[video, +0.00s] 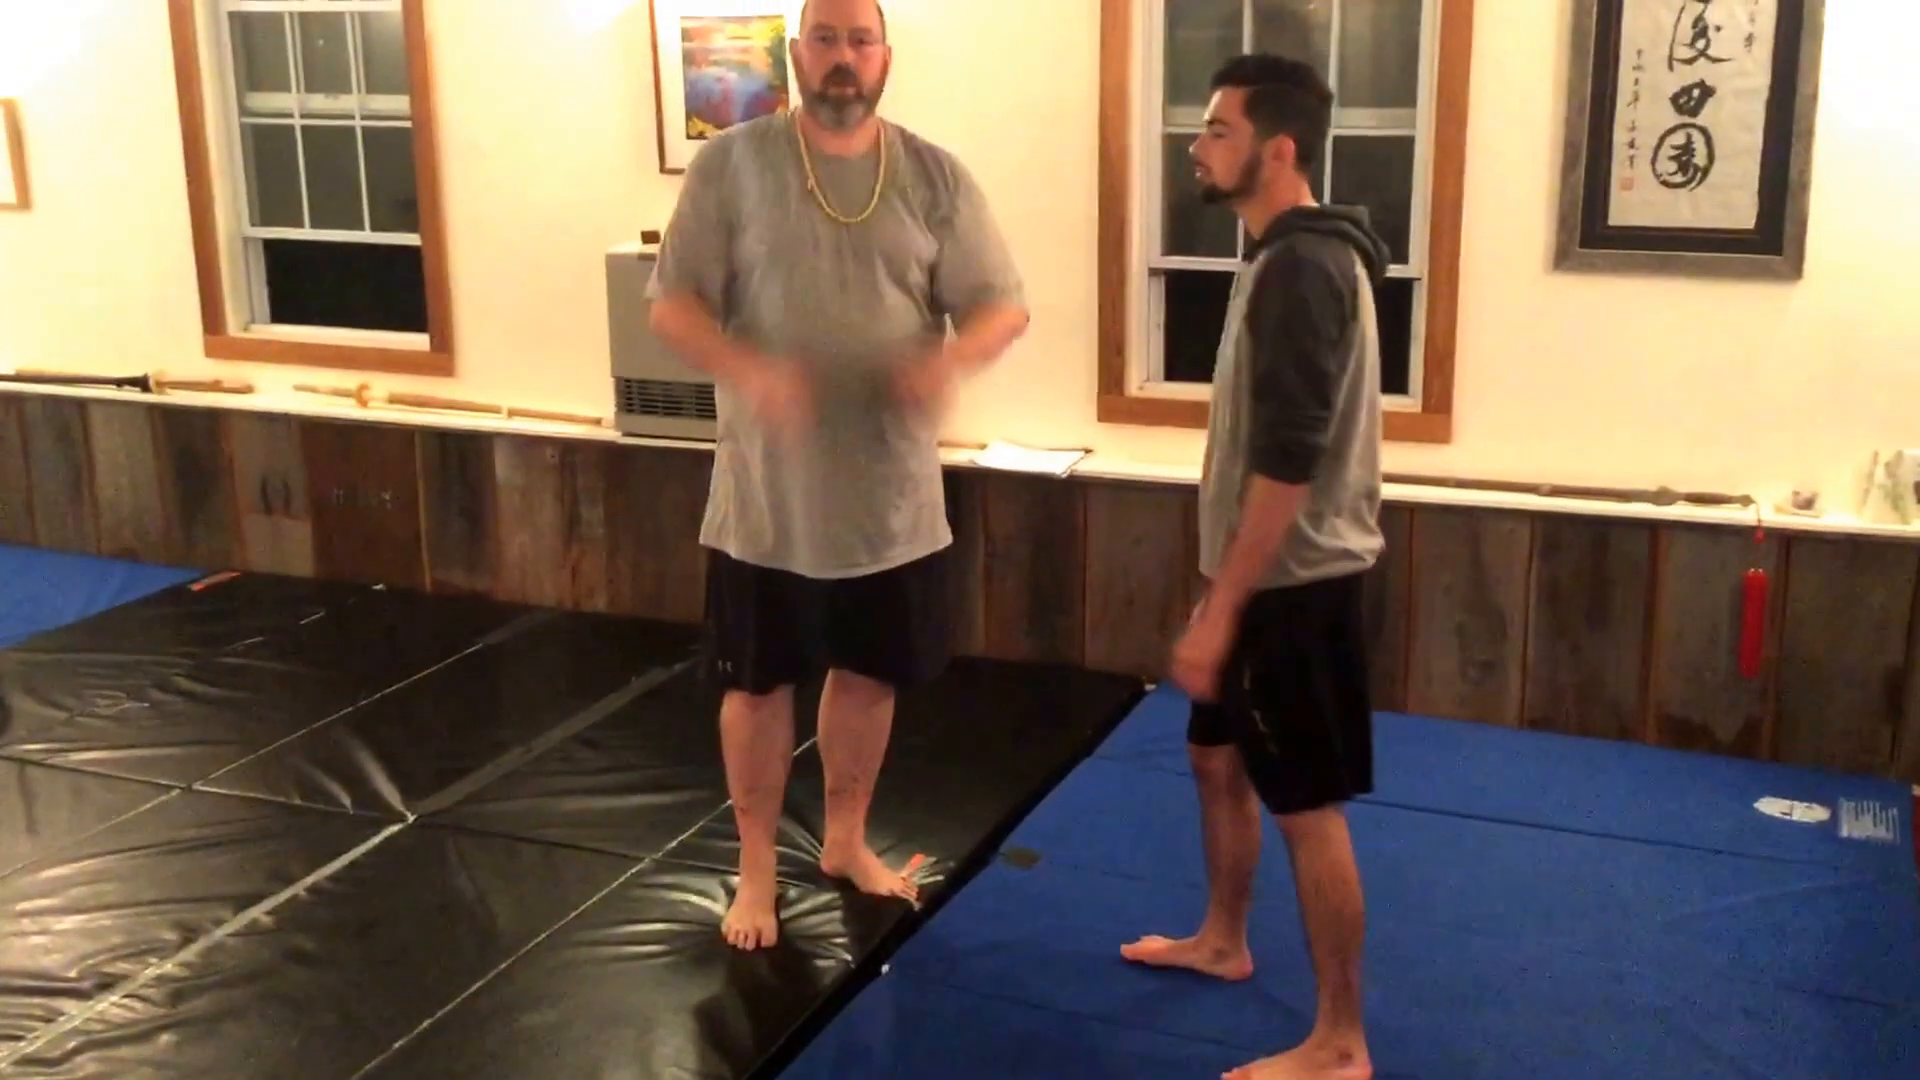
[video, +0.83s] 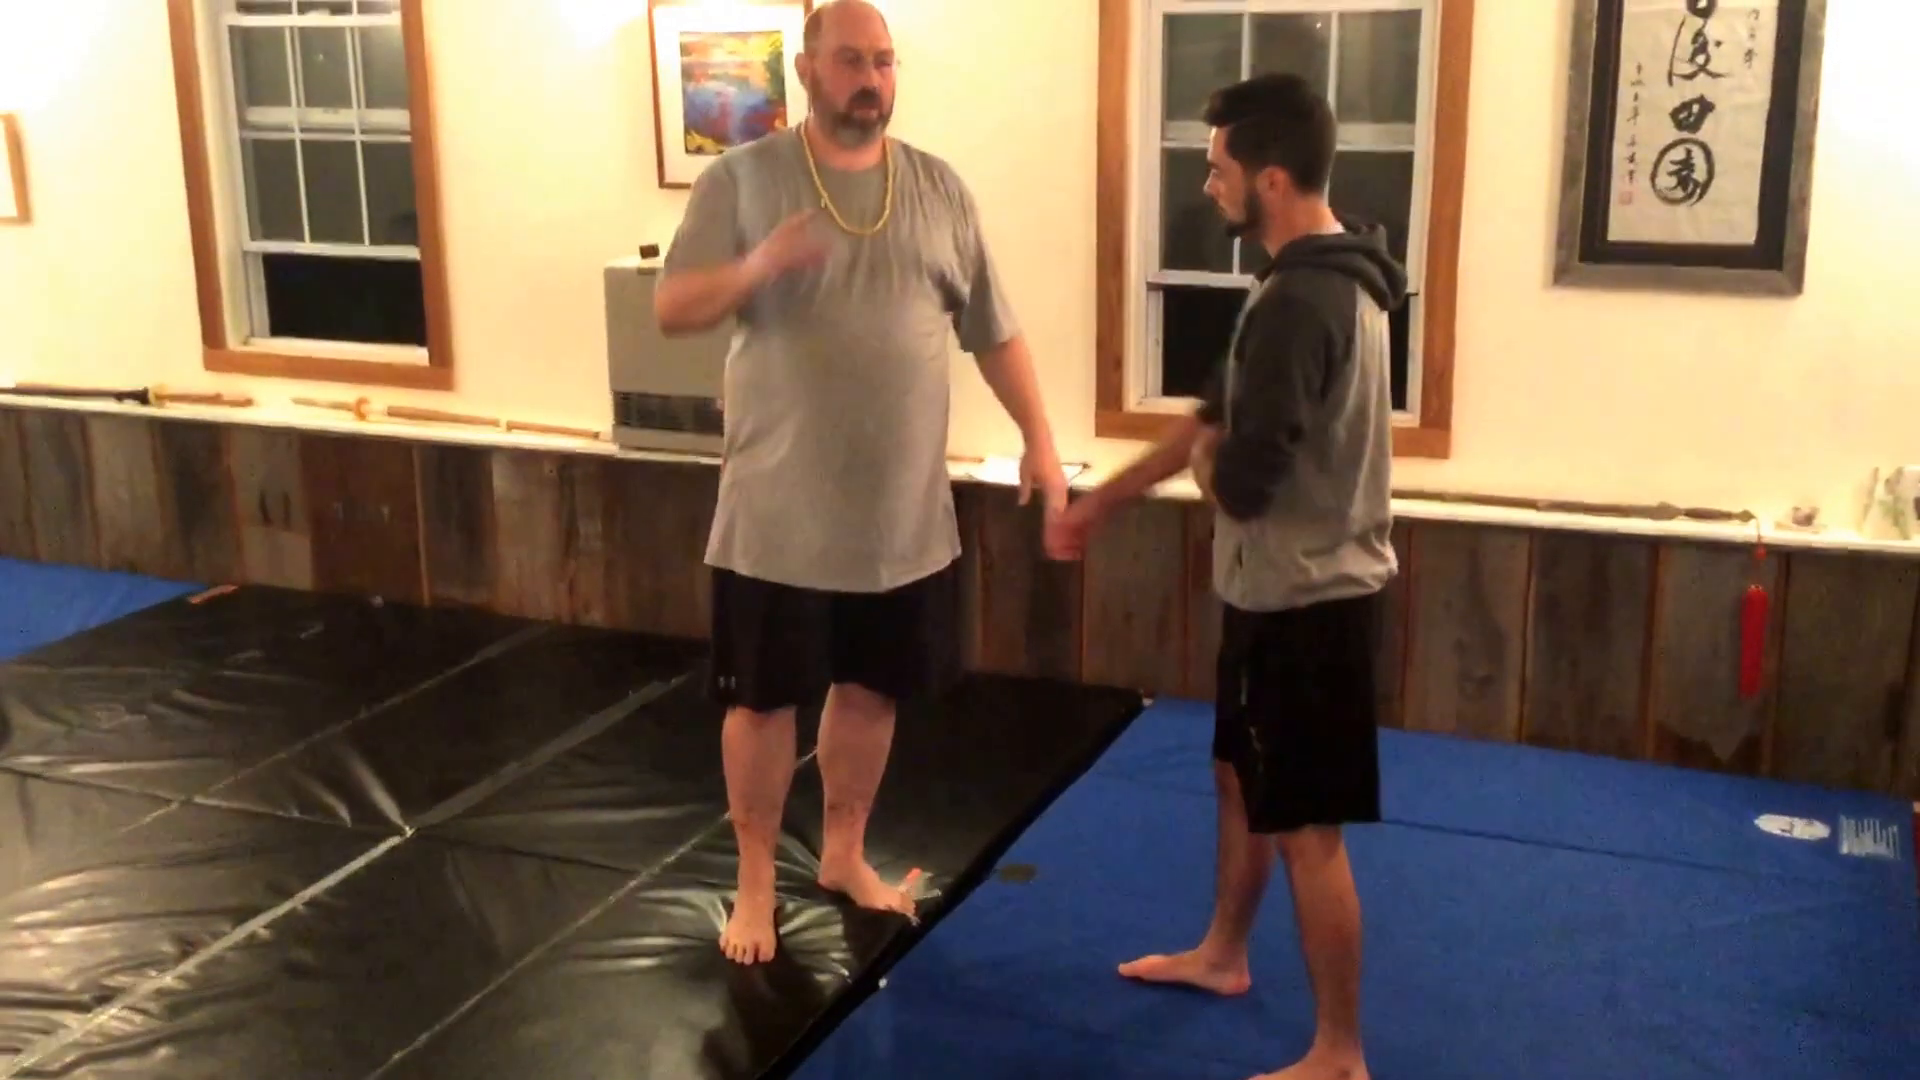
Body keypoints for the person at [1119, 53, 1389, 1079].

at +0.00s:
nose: (1199, 144)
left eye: (1219, 130)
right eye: (1205, 127)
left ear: (1276, 147)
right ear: (1273, 149)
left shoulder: (1304, 262)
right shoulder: (1288, 249)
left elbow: (1290, 466)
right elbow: (1279, 446)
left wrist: (1220, 607)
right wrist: (1227, 571)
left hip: (1298, 579)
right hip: (1257, 569)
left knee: (1306, 809)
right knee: (1217, 753)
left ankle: (1339, 1040)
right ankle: (1223, 938)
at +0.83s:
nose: (1209, 188)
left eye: (1217, 168)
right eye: (1209, 167)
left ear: (1265, 174)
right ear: (1296, 171)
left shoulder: (1297, 298)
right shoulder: (1342, 275)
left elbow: (1245, 490)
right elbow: (1209, 423)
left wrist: (1207, 444)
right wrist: (1101, 498)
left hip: (1303, 599)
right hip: (1285, 587)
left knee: (1309, 837)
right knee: (1242, 771)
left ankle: (1339, 1049)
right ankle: (1222, 954)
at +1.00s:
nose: (1208, 186)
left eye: (1217, 168)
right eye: (1209, 167)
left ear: (1270, 177)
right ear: (1291, 174)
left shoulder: (1309, 293)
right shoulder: (1282, 276)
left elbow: (1246, 484)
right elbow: (1177, 408)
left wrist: (1217, 423)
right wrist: (1070, 505)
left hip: (1310, 597)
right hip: (1260, 587)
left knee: (1309, 831)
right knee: (1237, 771)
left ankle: (1339, 1050)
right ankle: (1223, 956)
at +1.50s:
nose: (1198, 194)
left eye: (1217, 174)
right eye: (1190, 175)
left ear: (1282, 169)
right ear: (1196, 175)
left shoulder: (1332, 288)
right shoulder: (1225, 280)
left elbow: (1322, 481)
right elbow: (1193, 445)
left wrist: (1172, 424)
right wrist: (1097, 499)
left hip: (1312, 602)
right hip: (1230, 589)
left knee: (1299, 824)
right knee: (1214, 776)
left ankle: (1339, 1051)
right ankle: (1226, 960)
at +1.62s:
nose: (1210, 197)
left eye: (1229, 173)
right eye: (1193, 179)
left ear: (1278, 163)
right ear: (1179, 184)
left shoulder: (1338, 266)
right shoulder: (1182, 286)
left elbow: (1325, 452)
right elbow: (1149, 461)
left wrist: (1181, 401)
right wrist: (1125, 410)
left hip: (1318, 585)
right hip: (1217, 579)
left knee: (1291, 826)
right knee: (1218, 791)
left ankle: (1322, 1043)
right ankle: (1231, 966)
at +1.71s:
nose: (1213, 199)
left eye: (1230, 175)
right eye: (1194, 180)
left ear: (1277, 163)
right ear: (1179, 184)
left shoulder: (1342, 264)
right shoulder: (1174, 279)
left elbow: (1351, 428)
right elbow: (1106, 428)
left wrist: (1208, 356)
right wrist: (1133, 360)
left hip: (1316, 577)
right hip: (1212, 571)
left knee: (1286, 820)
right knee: (1218, 794)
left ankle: (1299, 1035)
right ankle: (1232, 965)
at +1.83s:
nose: (1219, 203)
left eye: (1235, 178)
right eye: (1198, 184)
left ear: (1277, 167)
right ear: (1180, 187)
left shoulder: (1332, 256)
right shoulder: (1165, 280)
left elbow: (1411, 370)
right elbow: (1049, 380)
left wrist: (1263, 320)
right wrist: (1170, 308)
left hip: (1315, 575)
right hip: (1205, 574)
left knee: (1287, 814)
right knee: (1213, 796)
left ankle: (1298, 1033)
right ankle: (1230, 967)